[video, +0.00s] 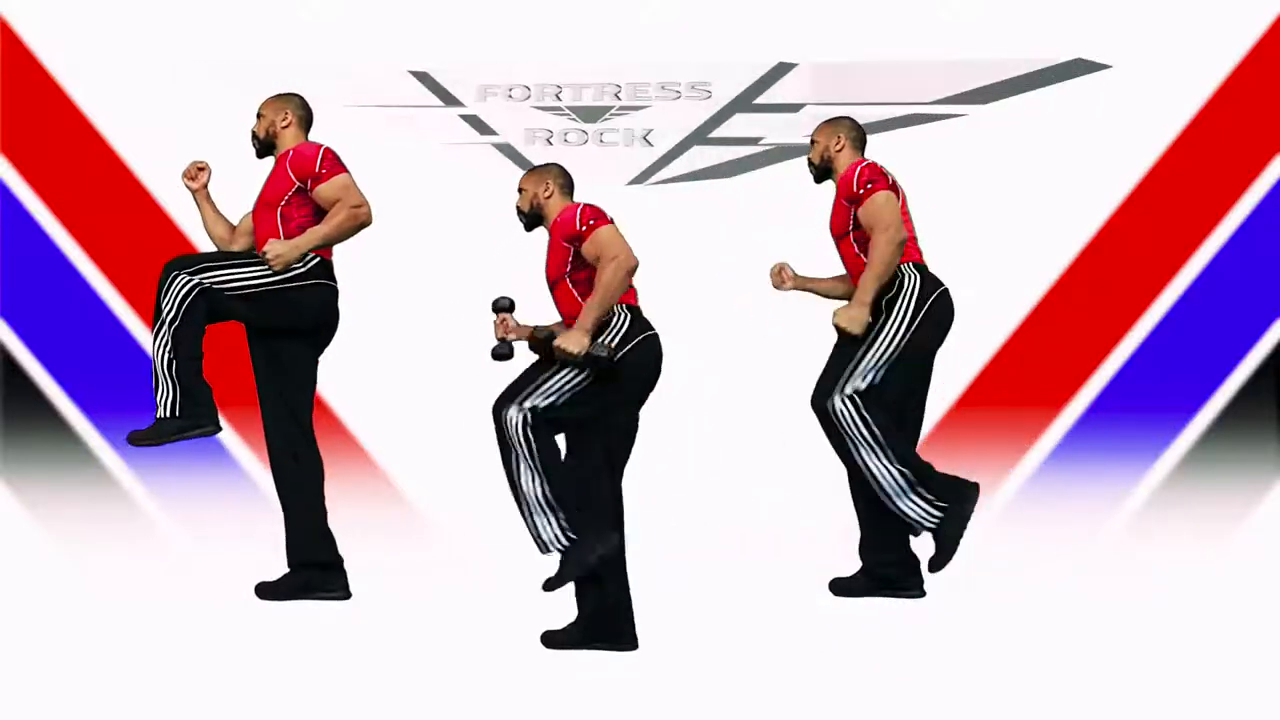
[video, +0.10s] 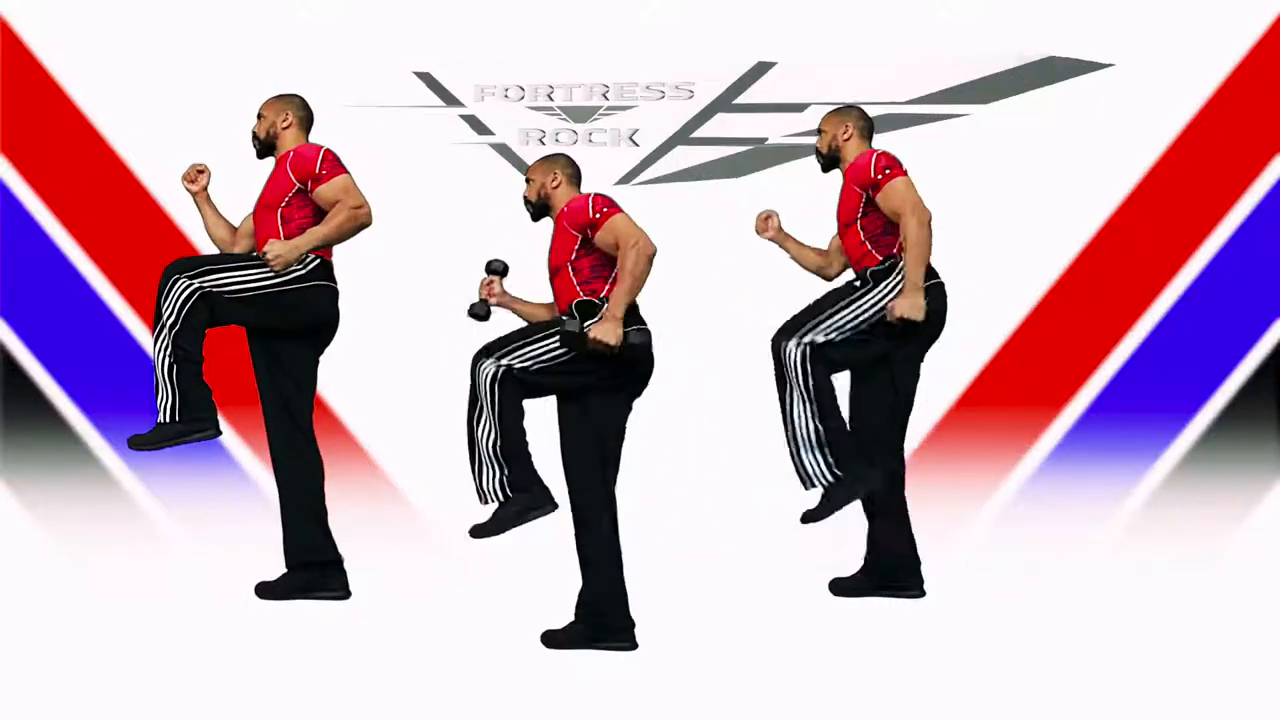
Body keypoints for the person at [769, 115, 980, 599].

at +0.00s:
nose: (809, 154)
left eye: (814, 144)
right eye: (809, 146)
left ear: (839, 143)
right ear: (841, 145)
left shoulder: (862, 173)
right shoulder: (845, 202)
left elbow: (890, 233)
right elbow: (860, 284)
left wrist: (859, 304)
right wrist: (800, 282)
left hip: (907, 294)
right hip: (894, 303)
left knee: (838, 397)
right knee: (874, 431)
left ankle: (940, 502)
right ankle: (889, 567)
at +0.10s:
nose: (817, 143)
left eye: (822, 133)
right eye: (818, 136)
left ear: (847, 131)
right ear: (850, 134)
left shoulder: (873, 162)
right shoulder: (853, 190)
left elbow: (916, 215)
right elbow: (830, 264)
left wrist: (913, 289)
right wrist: (780, 237)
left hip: (896, 285)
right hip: (903, 295)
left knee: (794, 344)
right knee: (877, 439)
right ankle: (893, 568)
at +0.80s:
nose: (823, 137)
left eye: (829, 128)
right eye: (824, 130)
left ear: (854, 127)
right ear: (853, 129)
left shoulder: (877, 159)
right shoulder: (857, 186)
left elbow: (917, 214)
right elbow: (834, 260)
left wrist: (904, 289)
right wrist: (783, 231)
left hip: (889, 280)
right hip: (895, 295)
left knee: (777, 309)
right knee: (869, 432)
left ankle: (790, 440)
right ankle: (891, 568)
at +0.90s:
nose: (814, 142)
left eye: (818, 132)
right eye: (815, 135)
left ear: (841, 129)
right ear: (851, 132)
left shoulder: (866, 162)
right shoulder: (859, 181)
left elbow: (882, 233)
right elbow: (861, 271)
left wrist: (832, 290)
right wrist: (803, 275)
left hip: (901, 284)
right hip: (907, 299)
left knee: (797, 355)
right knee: (876, 432)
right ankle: (892, 568)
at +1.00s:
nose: (804, 152)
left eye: (809, 142)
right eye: (804, 144)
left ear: (834, 139)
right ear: (840, 141)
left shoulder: (853, 173)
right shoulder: (869, 180)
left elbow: (837, 248)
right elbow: (890, 261)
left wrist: (766, 264)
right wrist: (860, 309)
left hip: (899, 289)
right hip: (907, 296)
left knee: (846, 407)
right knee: (877, 426)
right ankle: (890, 566)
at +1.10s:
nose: (794, 162)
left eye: (800, 152)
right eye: (794, 154)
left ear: (824, 151)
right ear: (836, 155)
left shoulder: (837, 184)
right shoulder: (866, 190)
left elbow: (795, 257)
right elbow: (929, 246)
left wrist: (738, 234)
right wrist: (914, 308)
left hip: (903, 296)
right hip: (893, 306)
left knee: (915, 432)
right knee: (864, 432)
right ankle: (891, 565)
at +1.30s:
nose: (781, 185)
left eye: (787, 176)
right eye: (782, 177)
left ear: (814, 172)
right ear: (824, 178)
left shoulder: (824, 207)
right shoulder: (862, 205)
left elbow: (765, 271)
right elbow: (938, 224)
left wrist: (726, 226)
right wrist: (957, 292)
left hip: (916, 308)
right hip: (903, 319)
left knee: (987, 429)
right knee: (866, 433)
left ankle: (1128, 534)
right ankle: (891, 567)